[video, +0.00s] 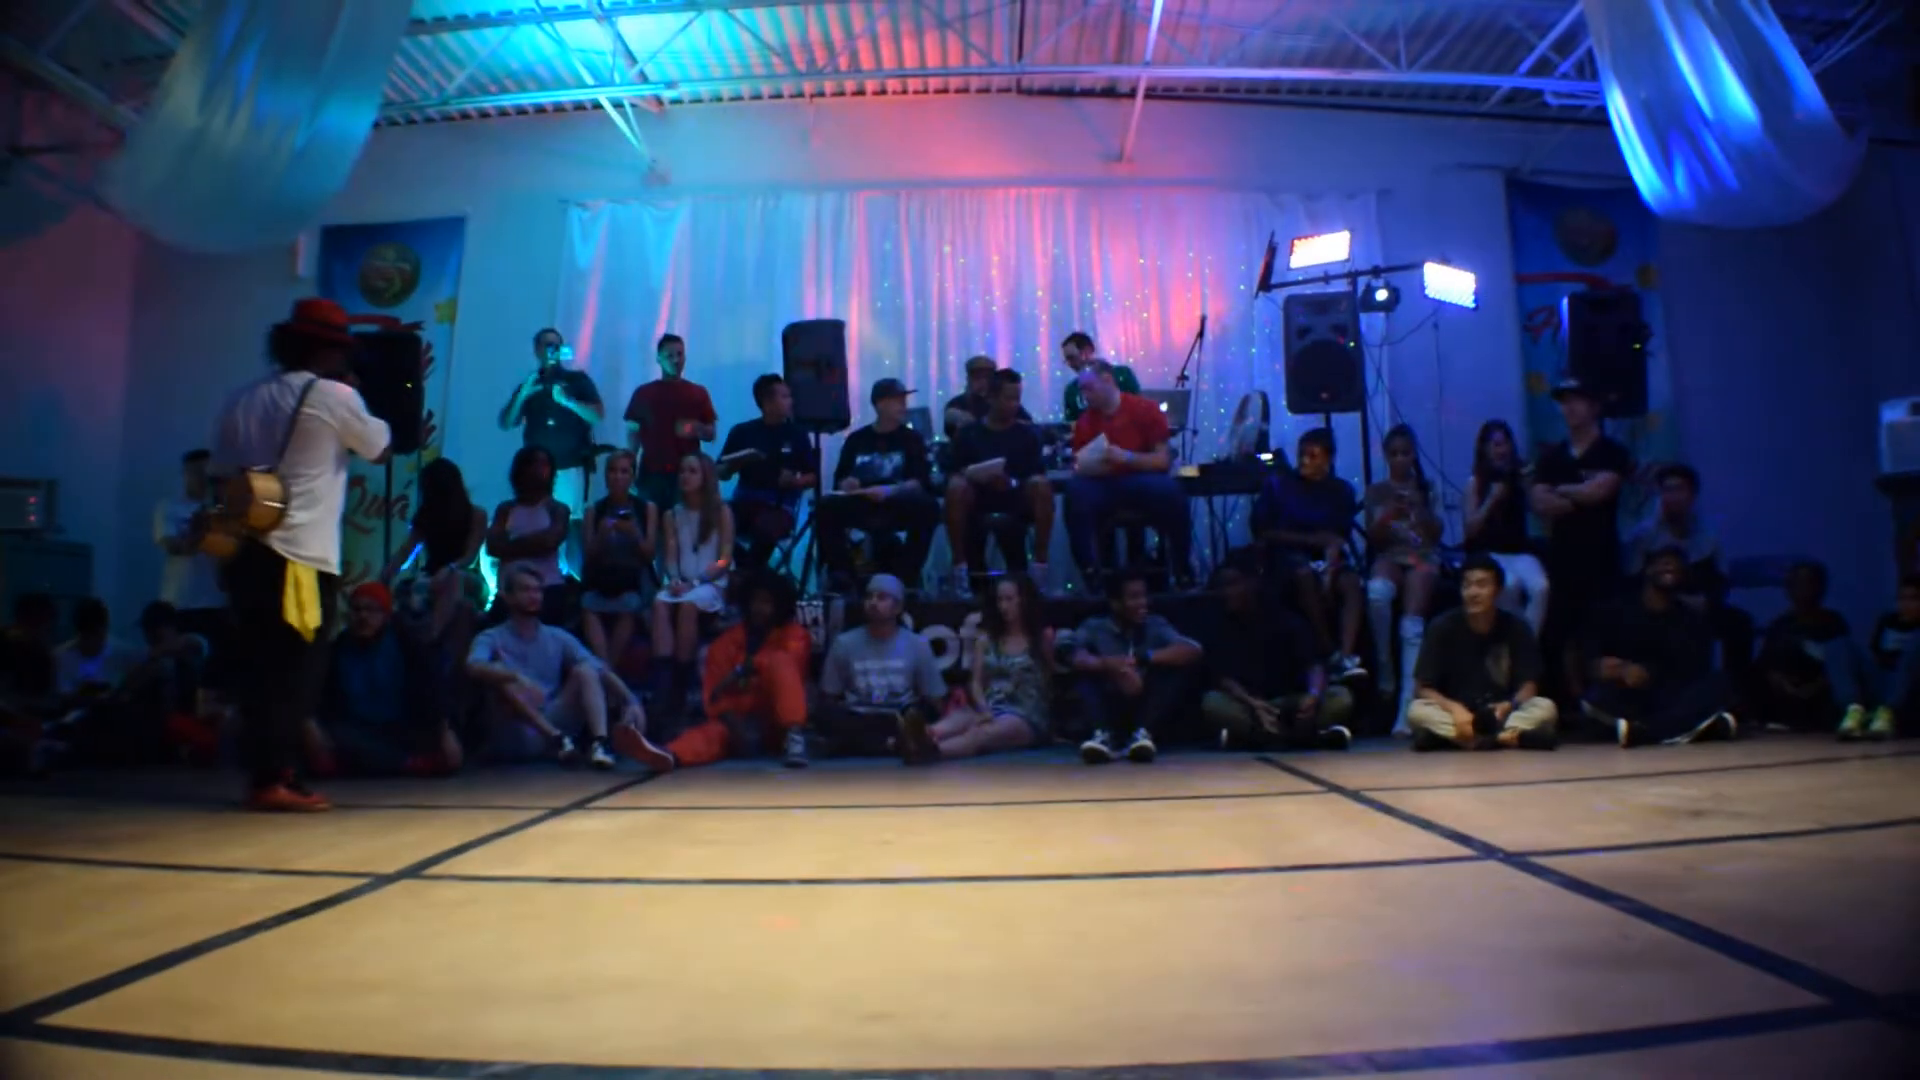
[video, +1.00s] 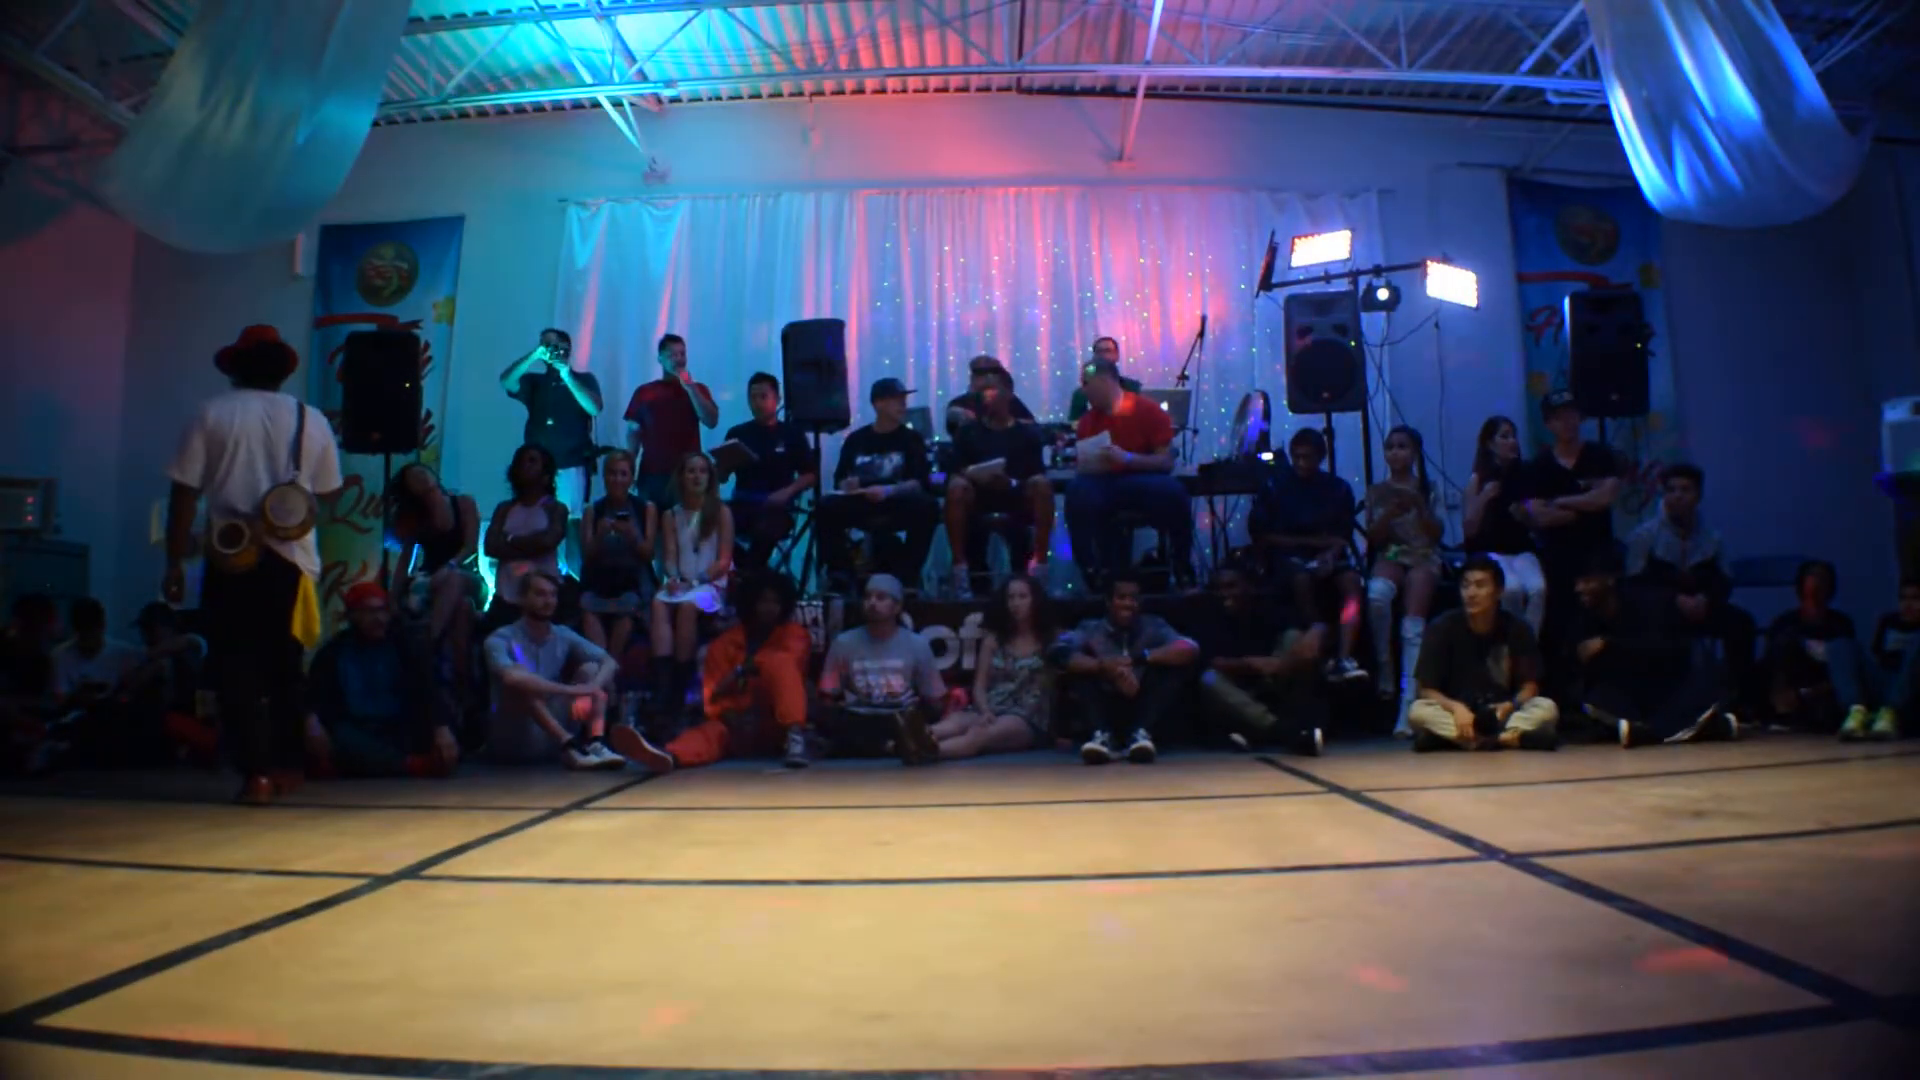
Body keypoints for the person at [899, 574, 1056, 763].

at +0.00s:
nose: (1003, 606)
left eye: (1009, 600)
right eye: (1000, 600)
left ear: (1025, 601)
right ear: (995, 603)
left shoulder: (1042, 638)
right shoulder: (987, 640)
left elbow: (1051, 678)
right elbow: (976, 682)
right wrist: (985, 711)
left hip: (1026, 712)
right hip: (991, 708)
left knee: (981, 735)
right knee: (960, 719)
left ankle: (932, 751)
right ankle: (922, 735)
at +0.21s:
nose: (997, 606)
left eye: (1003, 599)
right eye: (993, 600)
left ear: (1018, 601)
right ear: (988, 603)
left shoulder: (1035, 637)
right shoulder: (978, 638)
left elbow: (1044, 680)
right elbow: (970, 684)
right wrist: (984, 711)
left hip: (1023, 709)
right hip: (987, 706)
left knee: (982, 735)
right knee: (959, 720)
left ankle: (933, 753)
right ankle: (922, 737)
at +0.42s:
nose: (1002, 605)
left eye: (1008, 598)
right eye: (997, 598)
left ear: (1021, 600)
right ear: (990, 602)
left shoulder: (1036, 637)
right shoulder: (979, 637)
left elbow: (1042, 685)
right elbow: (971, 685)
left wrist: (1048, 724)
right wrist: (985, 713)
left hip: (1021, 711)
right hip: (986, 709)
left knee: (983, 735)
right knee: (960, 719)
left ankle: (935, 752)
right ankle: (922, 737)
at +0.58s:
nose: (1005, 604)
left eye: (1012, 597)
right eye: (1001, 598)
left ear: (1026, 600)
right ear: (995, 602)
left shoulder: (1039, 639)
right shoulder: (987, 638)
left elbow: (1047, 683)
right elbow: (977, 686)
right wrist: (985, 712)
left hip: (1026, 714)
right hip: (990, 710)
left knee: (981, 735)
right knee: (958, 720)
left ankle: (932, 752)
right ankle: (919, 738)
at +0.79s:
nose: (1015, 604)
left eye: (1021, 597)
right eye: (1010, 598)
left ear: (1034, 600)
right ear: (1003, 603)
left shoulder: (1050, 637)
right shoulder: (994, 640)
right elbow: (981, 685)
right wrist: (985, 712)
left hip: (1030, 714)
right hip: (994, 710)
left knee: (979, 736)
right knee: (957, 720)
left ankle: (928, 752)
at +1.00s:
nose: (1016, 603)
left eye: (1022, 597)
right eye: (1011, 597)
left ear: (1036, 600)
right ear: (1004, 602)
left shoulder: (1049, 640)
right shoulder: (993, 640)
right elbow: (979, 687)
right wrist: (986, 712)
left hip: (1030, 715)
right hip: (993, 711)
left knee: (980, 736)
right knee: (957, 721)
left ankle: (930, 752)